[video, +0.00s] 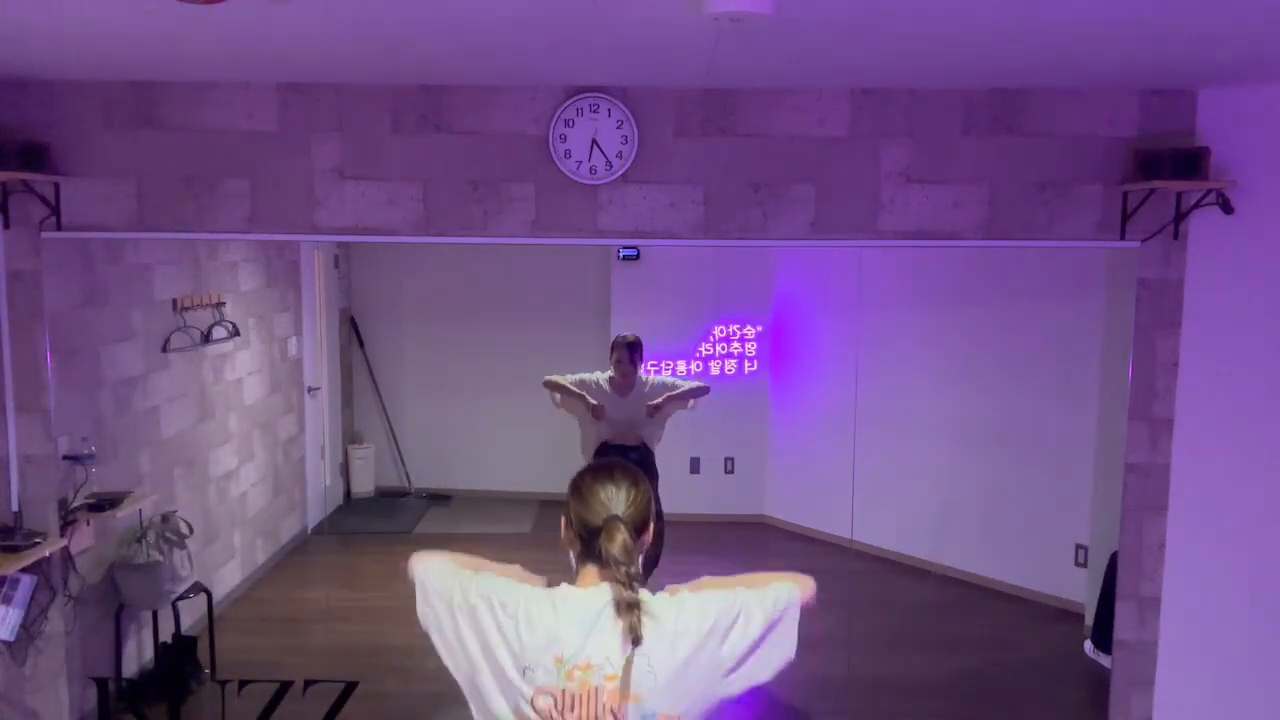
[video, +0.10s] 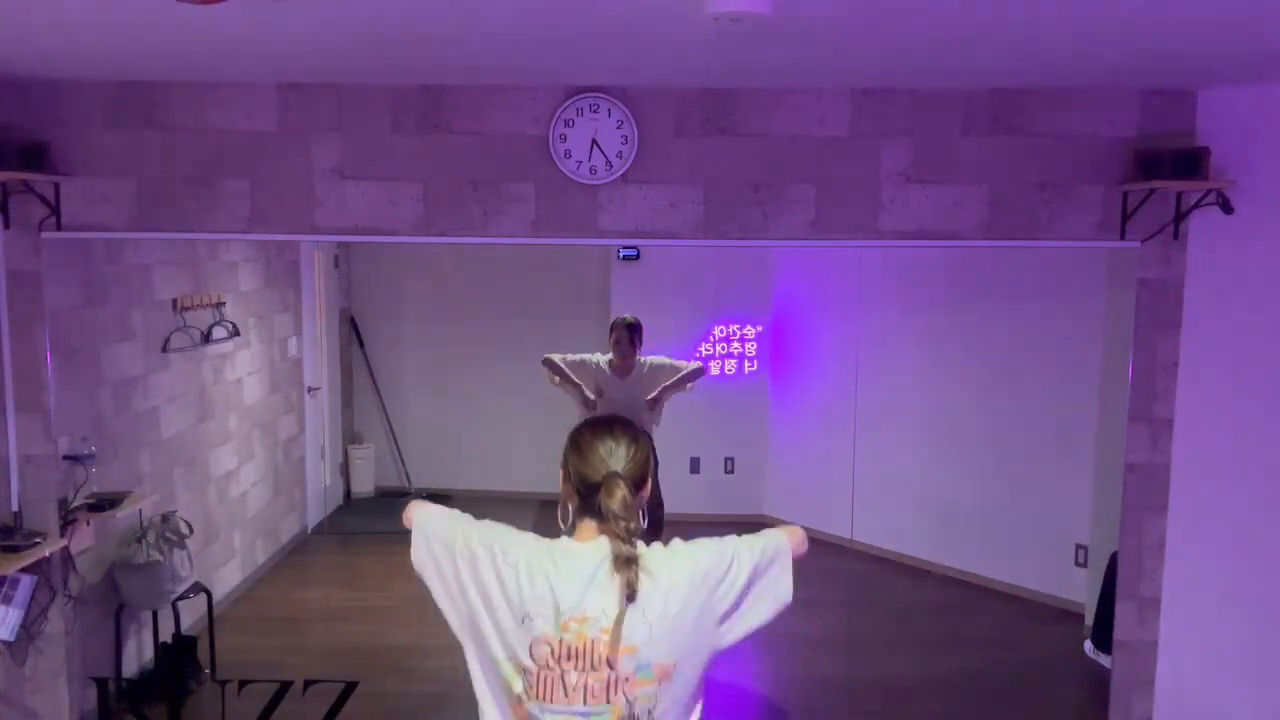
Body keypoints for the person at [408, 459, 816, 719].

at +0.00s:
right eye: (654, 523)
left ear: (566, 533)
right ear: (649, 535)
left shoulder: (531, 612)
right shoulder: (680, 619)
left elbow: (421, 564)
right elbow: (804, 588)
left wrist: (517, 576)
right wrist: (700, 590)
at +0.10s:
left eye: (561, 474)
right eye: (654, 477)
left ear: (566, 485)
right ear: (647, 489)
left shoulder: (524, 560)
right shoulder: (686, 567)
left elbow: (413, 513)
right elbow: (796, 539)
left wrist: (496, 548)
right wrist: (713, 577)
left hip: (546, 709)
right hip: (653, 709)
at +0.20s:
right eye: (650, 434)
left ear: (560, 443)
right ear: (642, 448)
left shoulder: (507, 506)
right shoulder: (682, 520)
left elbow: (405, 508)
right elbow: (784, 532)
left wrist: (484, 532)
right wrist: (695, 545)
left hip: (528, 710)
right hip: (638, 711)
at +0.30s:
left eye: (551, 410)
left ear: (554, 424)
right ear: (637, 427)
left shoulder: (508, 487)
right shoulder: (671, 499)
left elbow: (407, 545)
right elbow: (758, 560)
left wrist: (481, 594)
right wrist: (682, 602)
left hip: (528, 707)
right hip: (635, 707)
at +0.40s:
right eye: (639, 427)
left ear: (547, 433)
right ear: (632, 439)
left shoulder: (501, 507)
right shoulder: (670, 518)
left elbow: (429, 608)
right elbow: (710, 636)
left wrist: (468, 695)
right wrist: (645, 678)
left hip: (515, 714)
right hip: (634, 714)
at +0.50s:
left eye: (542, 450)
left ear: (545, 461)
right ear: (628, 470)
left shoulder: (493, 551)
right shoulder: (665, 557)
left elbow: (446, 682)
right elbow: (688, 673)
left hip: (511, 714)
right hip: (632, 713)